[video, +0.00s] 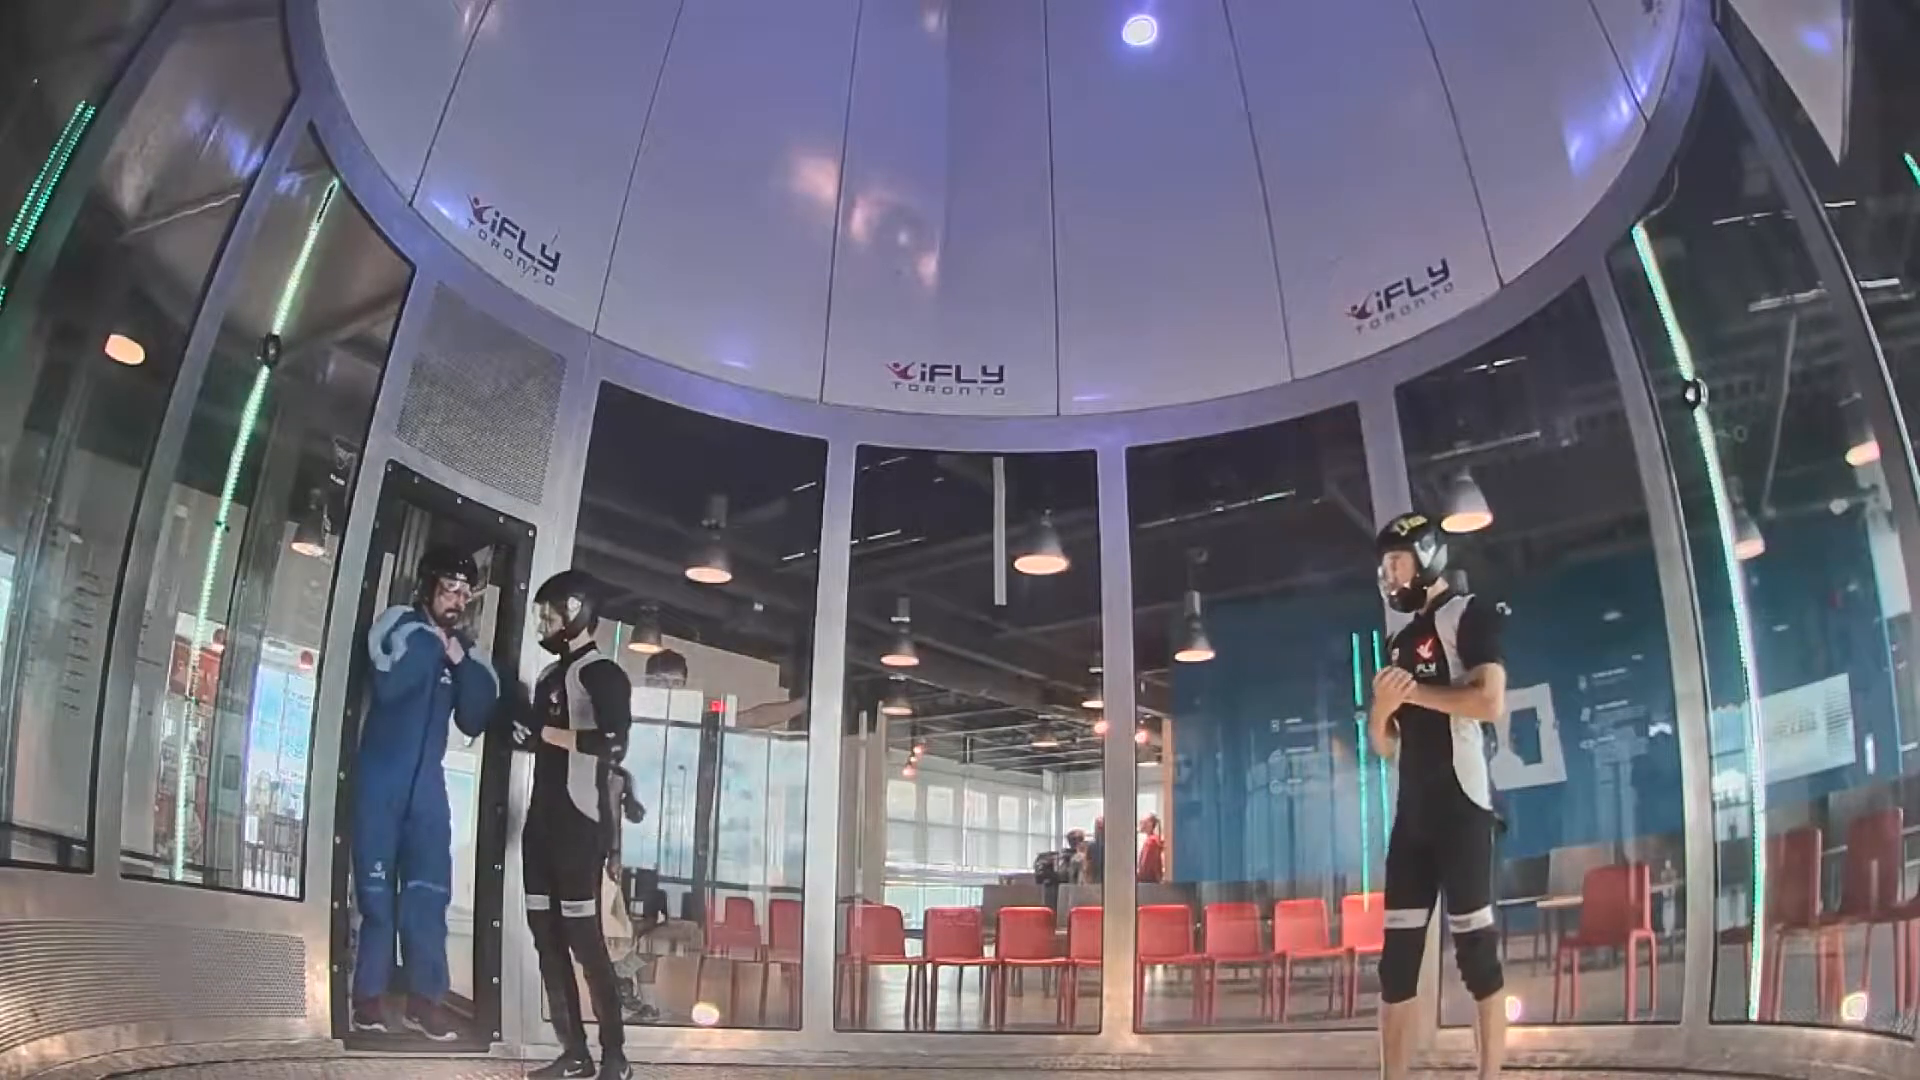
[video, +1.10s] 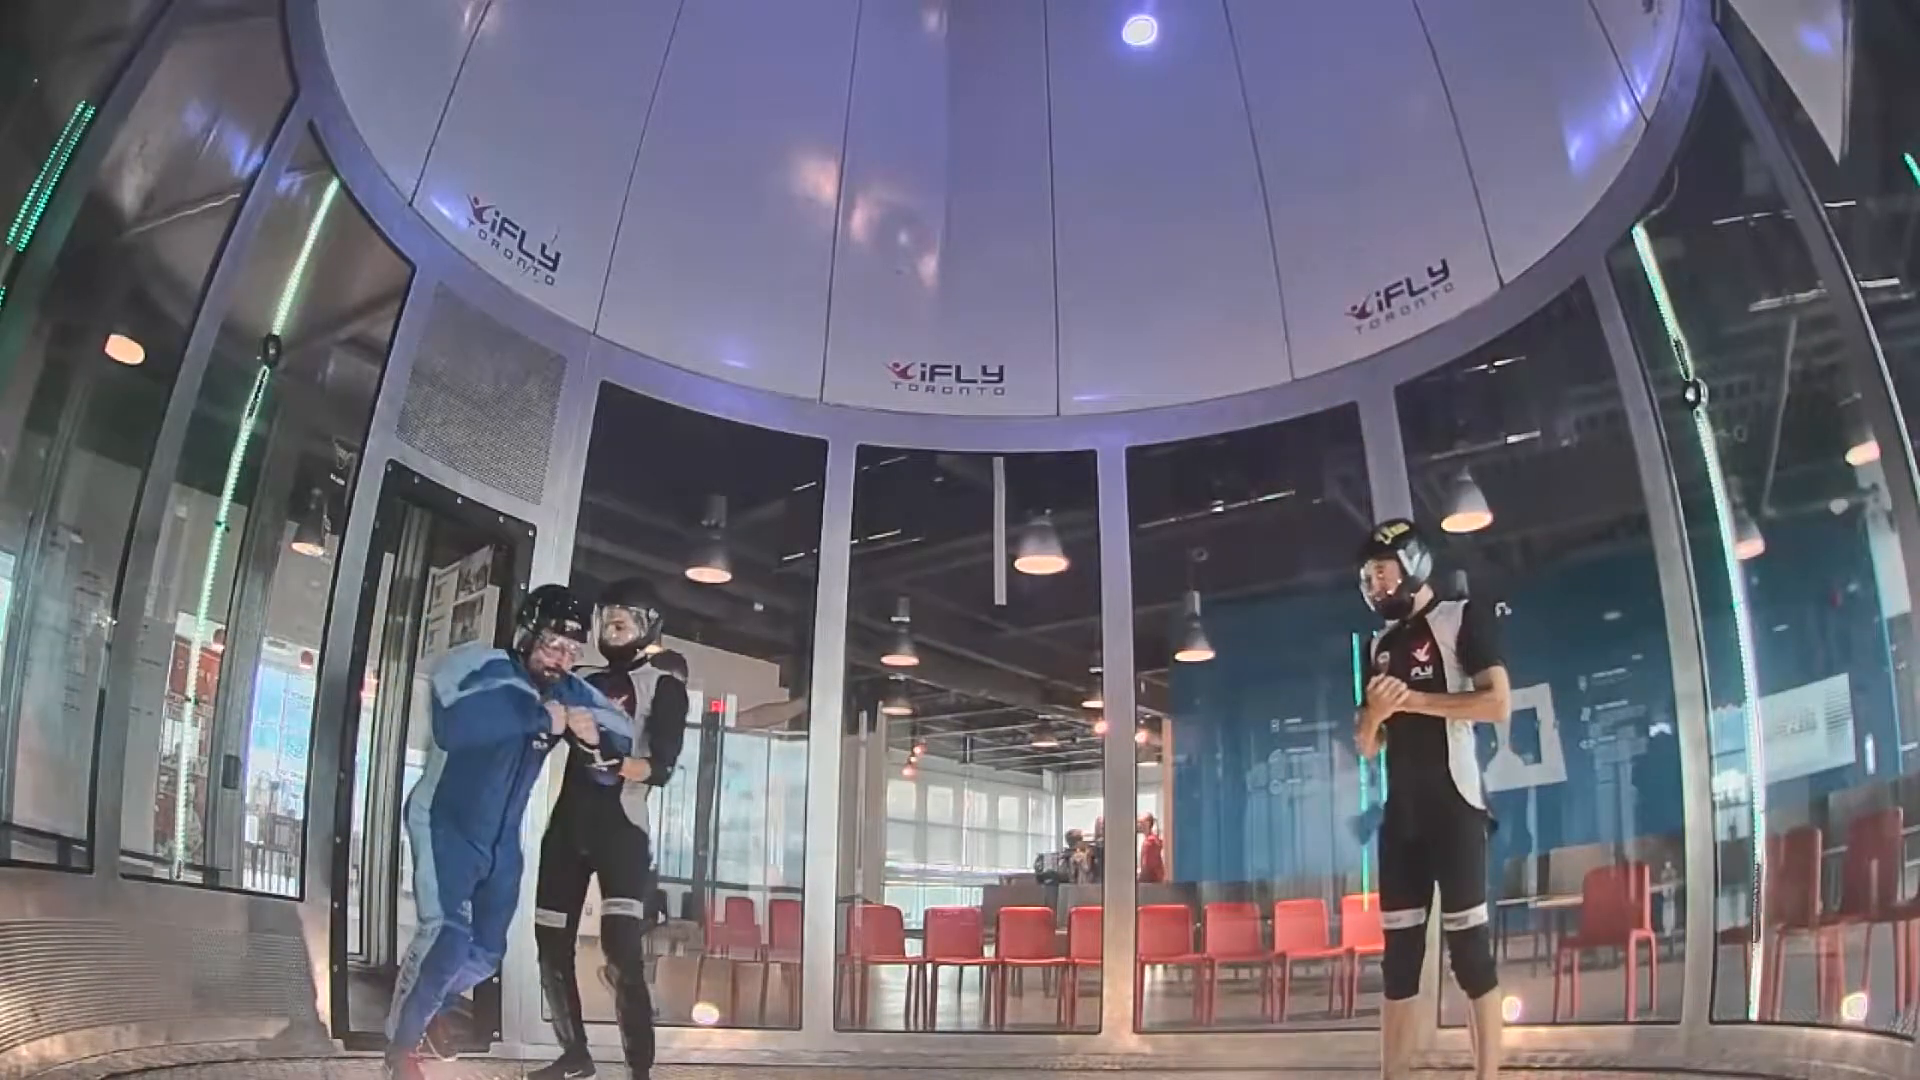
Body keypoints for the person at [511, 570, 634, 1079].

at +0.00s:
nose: (543, 624)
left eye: (550, 614)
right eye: (542, 614)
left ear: (578, 613)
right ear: (566, 615)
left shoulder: (605, 674)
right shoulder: (550, 678)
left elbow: (615, 746)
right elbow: (545, 739)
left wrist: (545, 732)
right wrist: (501, 720)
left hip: (581, 821)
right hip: (541, 818)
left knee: (584, 933)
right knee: (546, 931)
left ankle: (613, 1055)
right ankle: (575, 1052)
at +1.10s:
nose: (612, 629)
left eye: (622, 620)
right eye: (606, 620)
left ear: (647, 625)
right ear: (599, 625)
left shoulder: (663, 681)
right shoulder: (590, 680)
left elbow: (660, 764)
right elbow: (555, 728)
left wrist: (608, 759)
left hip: (621, 826)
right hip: (568, 819)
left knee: (622, 946)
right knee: (551, 944)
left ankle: (640, 1067)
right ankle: (575, 1053)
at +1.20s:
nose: (626, 631)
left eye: (637, 623)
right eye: (619, 621)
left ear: (658, 628)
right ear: (610, 625)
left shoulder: (679, 690)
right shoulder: (594, 681)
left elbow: (702, 754)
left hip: (646, 832)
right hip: (587, 825)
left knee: (645, 958)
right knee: (563, 955)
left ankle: (650, 1070)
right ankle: (576, 1038)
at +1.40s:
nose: (652, 629)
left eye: (662, 620)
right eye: (644, 620)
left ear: (683, 622)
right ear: (631, 621)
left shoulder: (706, 685)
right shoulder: (609, 670)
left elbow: (715, 770)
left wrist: (747, 741)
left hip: (671, 842)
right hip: (608, 836)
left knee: (657, 971)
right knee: (607, 965)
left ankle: (650, 1073)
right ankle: (605, 1071)